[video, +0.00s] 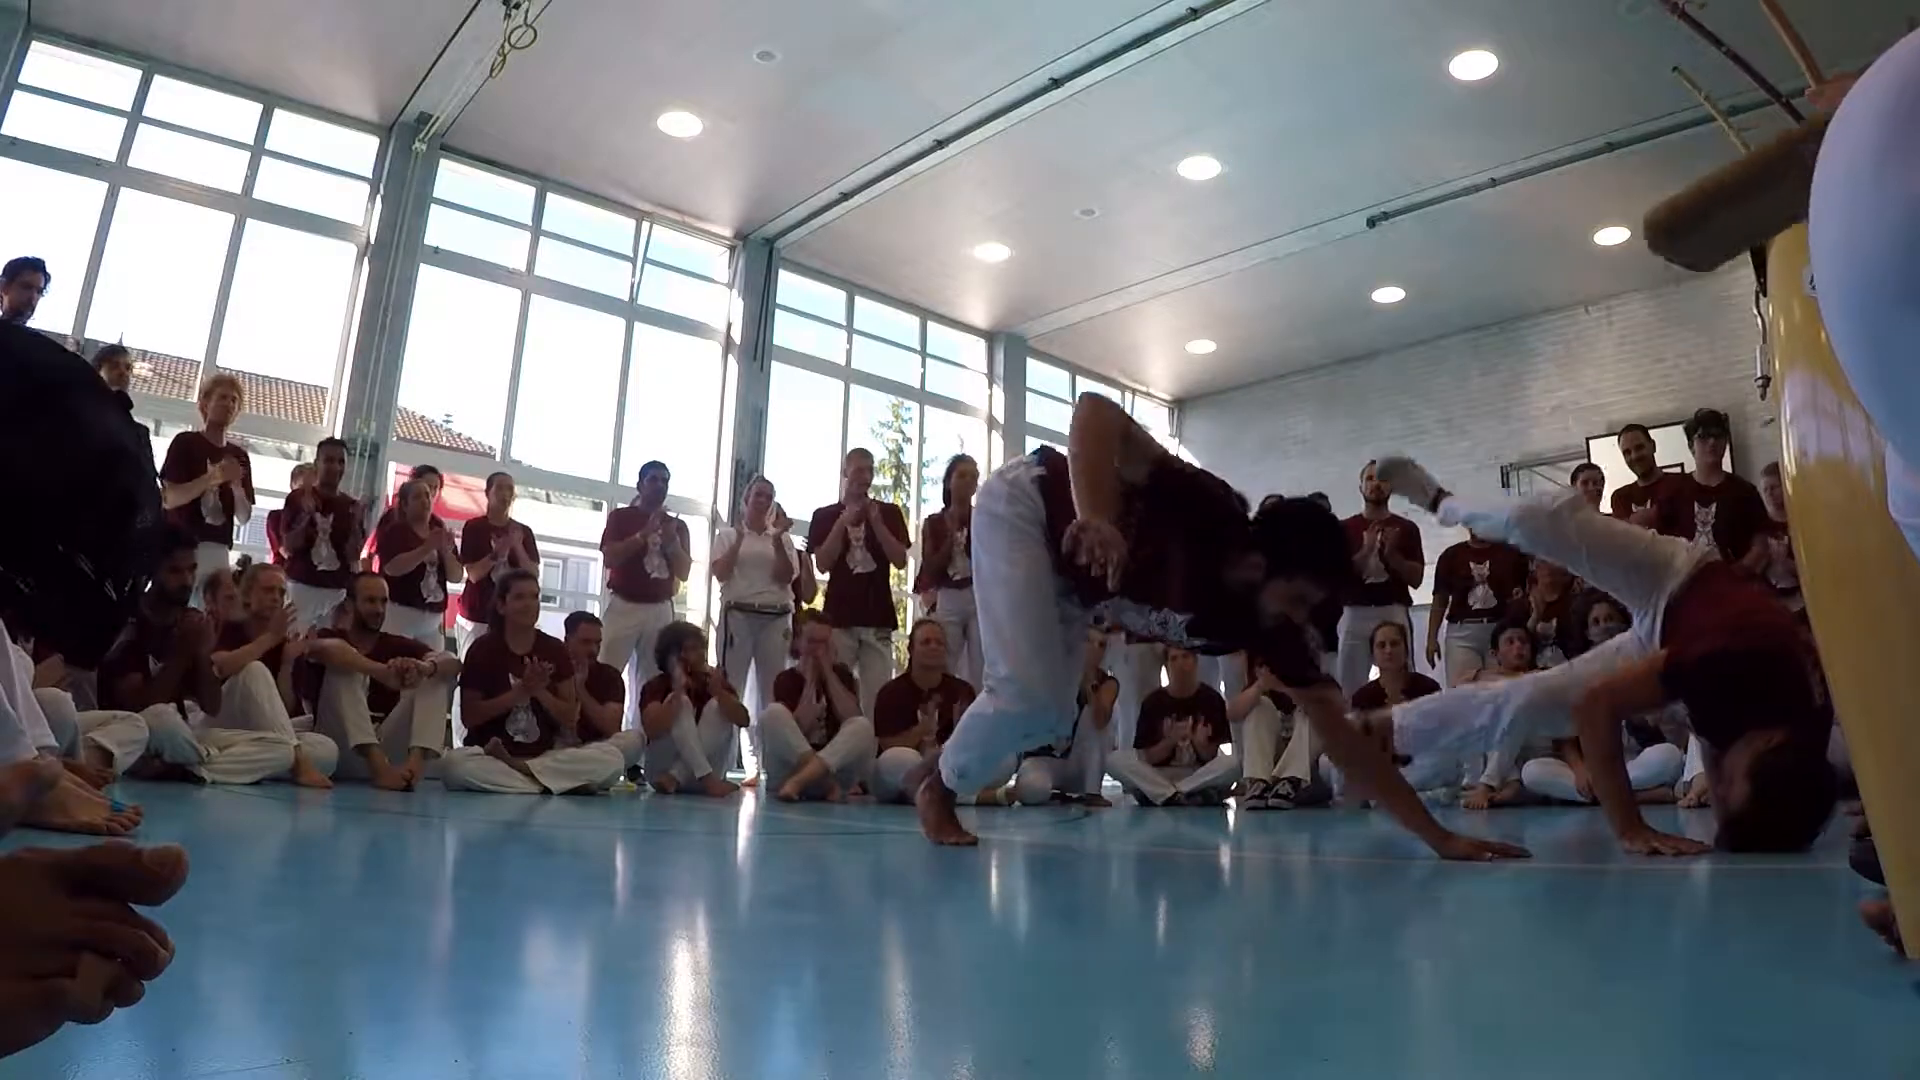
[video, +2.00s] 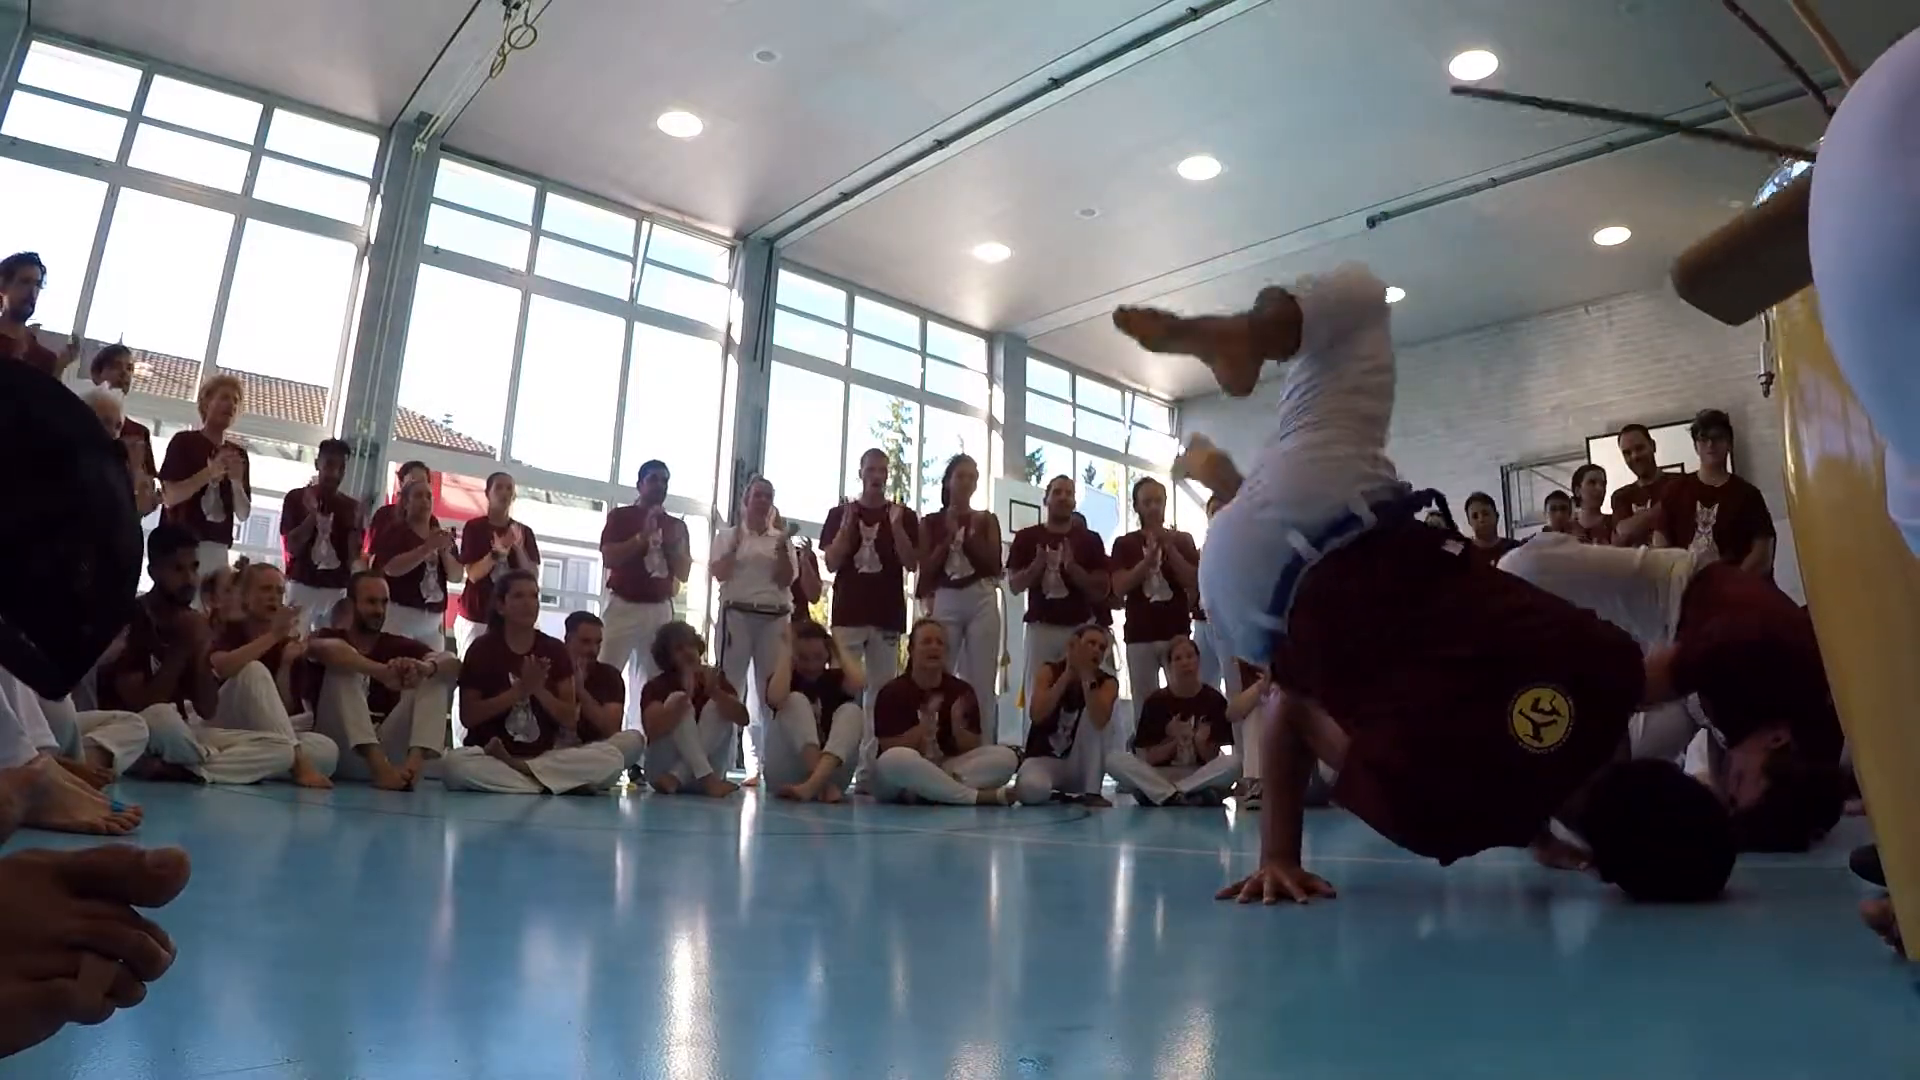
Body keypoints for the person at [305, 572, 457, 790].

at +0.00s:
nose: (379, 609)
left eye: (384, 601)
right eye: (370, 601)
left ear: (389, 602)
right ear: (351, 603)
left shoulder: (394, 643)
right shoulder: (328, 638)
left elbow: (453, 663)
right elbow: (325, 649)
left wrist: (425, 667)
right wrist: (382, 672)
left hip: (387, 750)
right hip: (338, 749)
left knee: (437, 674)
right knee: (342, 661)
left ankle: (416, 762)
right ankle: (378, 764)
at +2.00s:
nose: (379, 610)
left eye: (384, 602)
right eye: (371, 602)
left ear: (389, 603)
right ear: (353, 603)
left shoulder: (394, 643)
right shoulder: (329, 637)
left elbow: (454, 662)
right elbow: (319, 648)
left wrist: (428, 666)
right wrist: (382, 672)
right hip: (338, 750)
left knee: (437, 674)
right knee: (342, 663)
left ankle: (415, 764)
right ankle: (378, 764)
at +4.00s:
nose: (381, 610)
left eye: (385, 603)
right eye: (373, 603)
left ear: (390, 604)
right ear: (353, 603)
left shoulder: (393, 643)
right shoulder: (329, 637)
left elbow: (454, 663)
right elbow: (318, 649)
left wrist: (427, 667)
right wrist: (382, 672)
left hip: (387, 751)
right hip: (337, 750)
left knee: (438, 673)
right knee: (342, 663)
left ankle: (414, 765)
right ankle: (378, 766)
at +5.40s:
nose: (380, 610)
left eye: (384, 603)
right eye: (371, 603)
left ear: (389, 603)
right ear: (351, 603)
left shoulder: (393, 643)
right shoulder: (323, 638)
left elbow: (453, 663)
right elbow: (334, 655)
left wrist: (427, 667)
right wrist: (382, 672)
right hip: (332, 749)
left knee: (436, 673)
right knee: (344, 668)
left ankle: (414, 765)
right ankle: (378, 766)